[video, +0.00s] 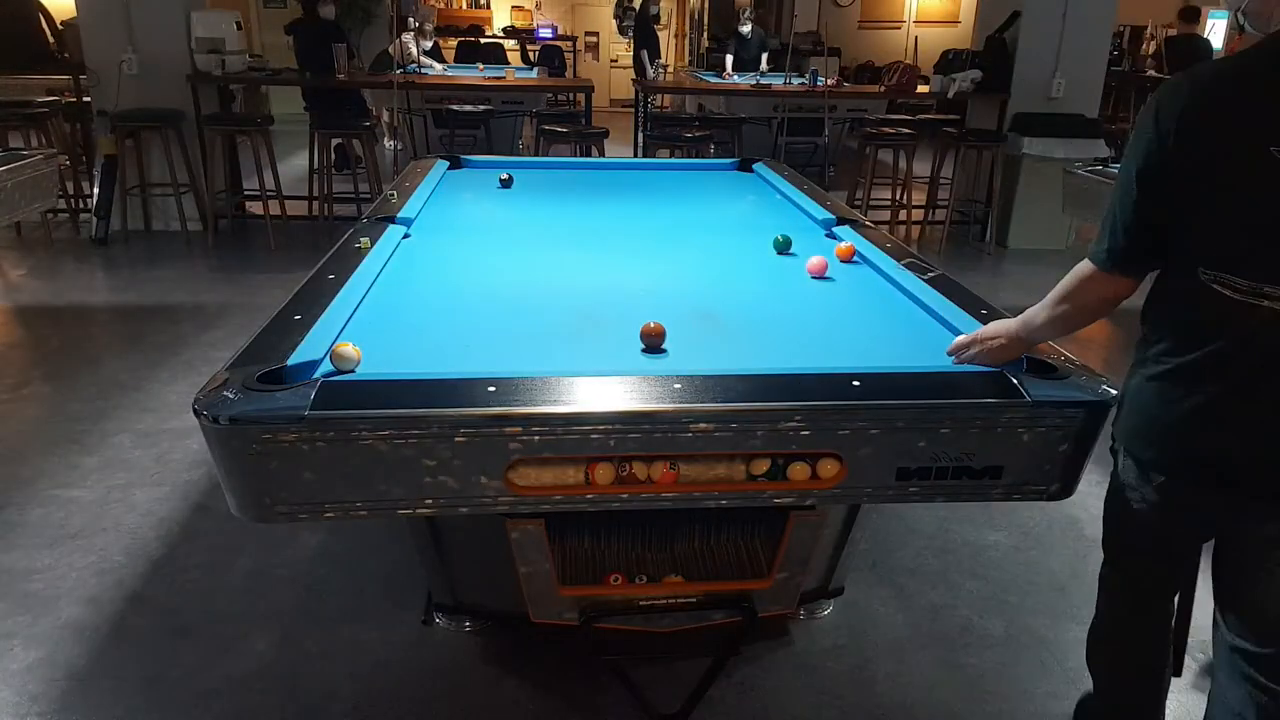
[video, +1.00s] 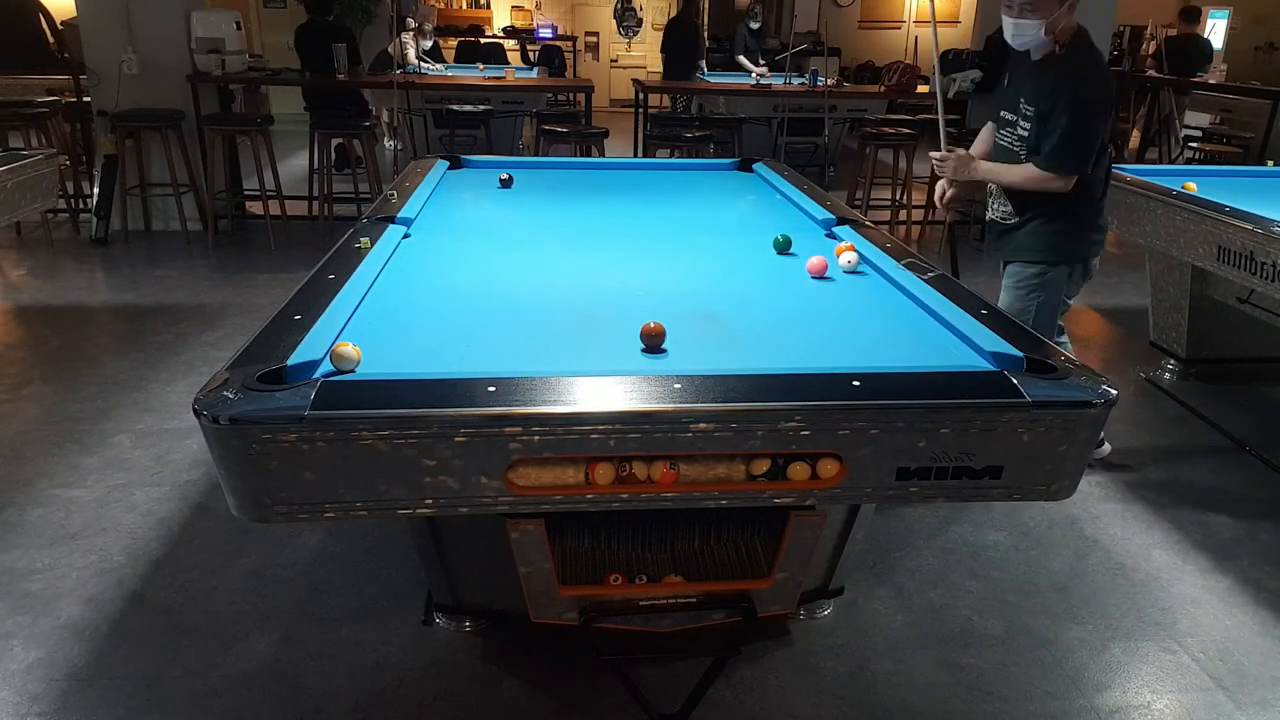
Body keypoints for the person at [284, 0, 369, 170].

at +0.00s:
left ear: (302, 8)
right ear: (319, 6)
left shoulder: (298, 30)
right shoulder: (332, 26)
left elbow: (301, 66)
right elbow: (350, 57)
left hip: (313, 99)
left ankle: (348, 150)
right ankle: (345, 149)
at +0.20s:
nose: (340, 10)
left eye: (339, 5)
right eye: (337, 5)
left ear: (310, 8)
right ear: (327, 7)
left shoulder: (301, 28)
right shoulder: (336, 29)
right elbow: (354, 61)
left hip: (314, 99)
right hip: (341, 102)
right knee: (363, 110)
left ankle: (348, 150)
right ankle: (346, 149)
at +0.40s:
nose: (340, 11)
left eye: (338, 5)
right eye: (336, 6)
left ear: (310, 8)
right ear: (327, 8)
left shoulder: (301, 30)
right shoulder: (339, 32)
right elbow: (355, 69)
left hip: (314, 102)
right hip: (342, 104)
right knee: (362, 109)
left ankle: (348, 150)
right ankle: (345, 148)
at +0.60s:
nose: (343, 11)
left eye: (341, 6)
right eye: (338, 7)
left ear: (313, 9)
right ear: (329, 8)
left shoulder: (303, 30)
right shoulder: (339, 31)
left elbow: (307, 70)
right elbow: (356, 69)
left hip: (314, 101)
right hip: (342, 103)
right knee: (362, 108)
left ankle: (348, 149)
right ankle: (346, 148)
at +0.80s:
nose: (340, 9)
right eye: (338, 6)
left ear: (310, 10)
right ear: (336, 9)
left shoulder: (303, 31)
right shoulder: (344, 31)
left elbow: (309, 66)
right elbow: (357, 69)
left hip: (315, 102)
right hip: (346, 103)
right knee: (365, 112)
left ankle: (350, 151)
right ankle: (344, 148)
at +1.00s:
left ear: (307, 9)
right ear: (332, 9)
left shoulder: (301, 32)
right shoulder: (343, 31)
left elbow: (306, 65)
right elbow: (357, 70)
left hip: (314, 101)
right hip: (345, 103)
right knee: (363, 108)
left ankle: (350, 151)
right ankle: (345, 149)